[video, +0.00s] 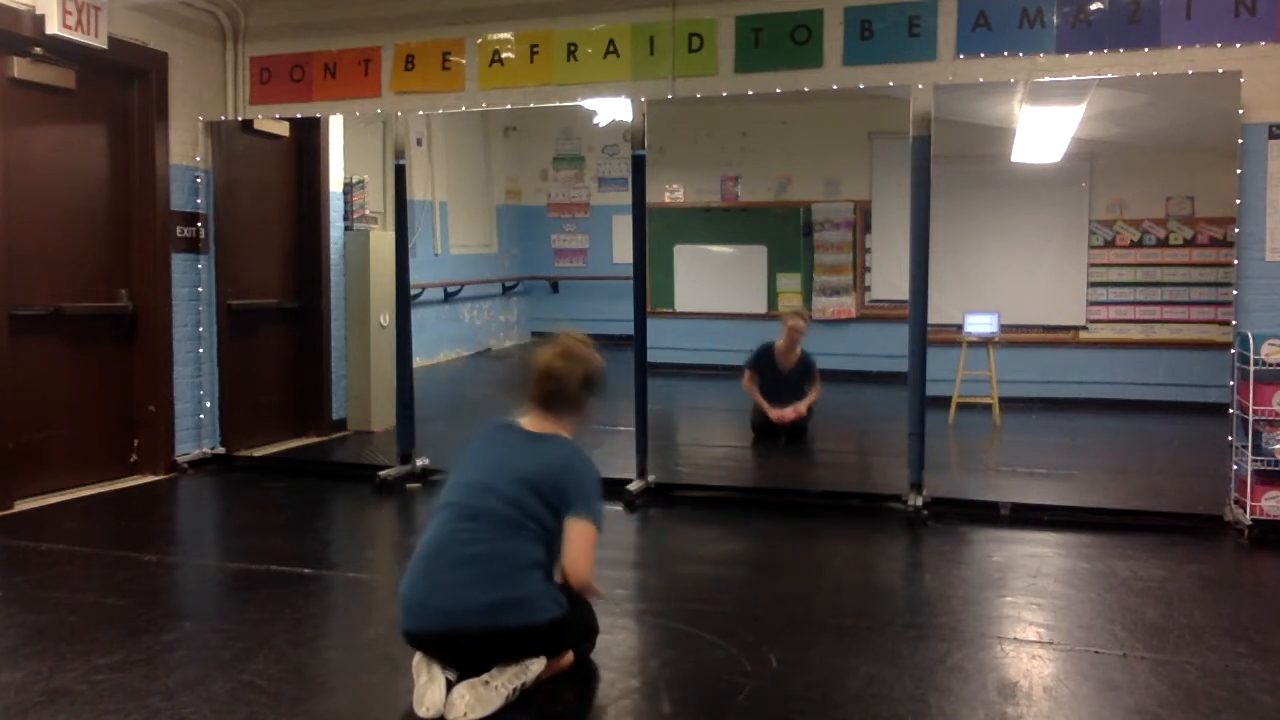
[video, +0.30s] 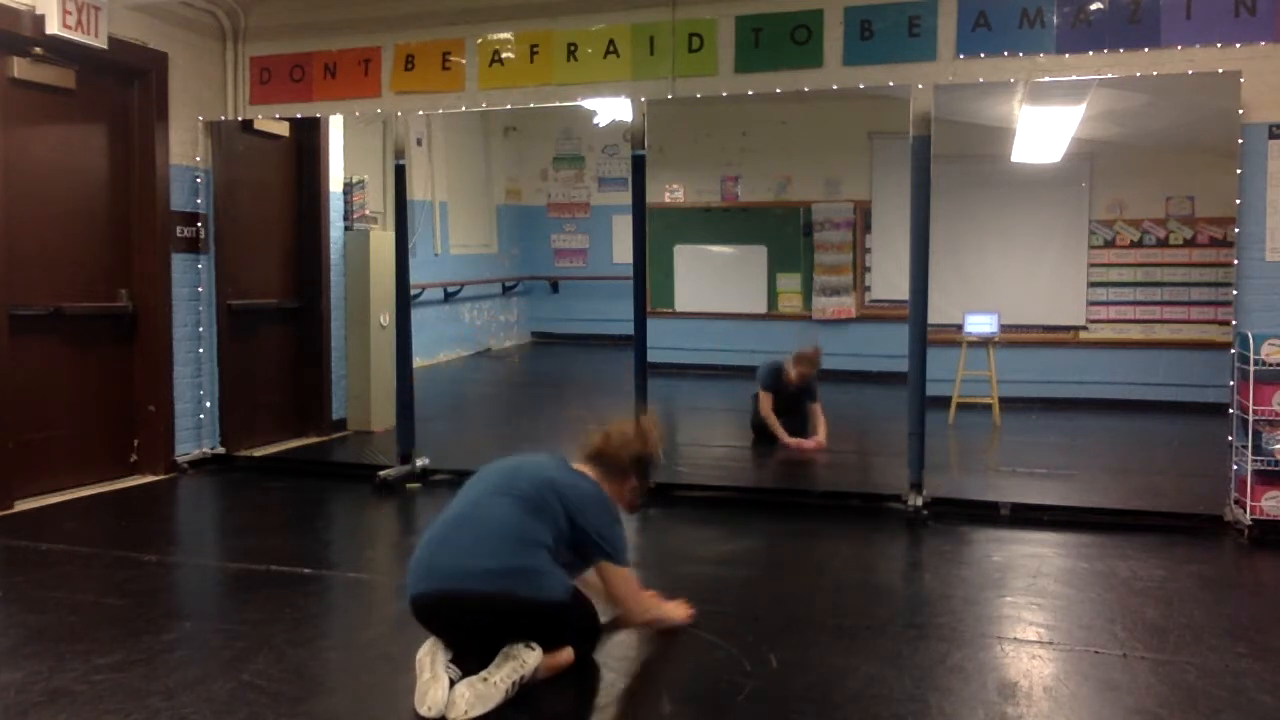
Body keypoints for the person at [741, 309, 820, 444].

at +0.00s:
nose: (793, 336)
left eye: (798, 332)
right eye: (791, 330)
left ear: (803, 335)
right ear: (784, 329)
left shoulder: (806, 361)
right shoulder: (765, 352)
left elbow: (815, 389)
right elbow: (748, 382)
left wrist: (800, 407)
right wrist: (769, 410)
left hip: (795, 419)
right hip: (766, 418)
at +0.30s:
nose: (801, 379)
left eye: (805, 376)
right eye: (800, 374)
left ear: (810, 374)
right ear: (792, 366)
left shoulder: (808, 380)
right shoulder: (770, 372)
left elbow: (817, 411)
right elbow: (765, 410)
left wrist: (820, 437)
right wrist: (786, 439)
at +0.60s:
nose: (799, 391)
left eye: (804, 388)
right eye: (798, 386)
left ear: (810, 384)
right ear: (790, 376)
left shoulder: (807, 383)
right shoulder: (769, 377)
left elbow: (814, 411)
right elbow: (784, 411)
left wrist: (823, 440)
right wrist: (802, 439)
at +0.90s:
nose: (790, 343)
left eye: (794, 338)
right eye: (786, 338)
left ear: (801, 338)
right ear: (778, 338)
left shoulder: (805, 359)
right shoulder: (767, 357)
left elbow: (816, 391)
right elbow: (762, 394)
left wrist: (810, 421)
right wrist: (783, 426)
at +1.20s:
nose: (775, 328)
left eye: (779, 323)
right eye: (771, 324)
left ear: (786, 327)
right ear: (766, 328)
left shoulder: (802, 354)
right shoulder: (758, 354)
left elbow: (815, 380)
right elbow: (750, 376)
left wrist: (795, 396)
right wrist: (765, 390)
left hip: (797, 402)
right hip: (770, 400)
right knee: (761, 430)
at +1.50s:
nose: (749, 347)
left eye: (751, 342)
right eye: (746, 344)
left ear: (762, 337)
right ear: (744, 344)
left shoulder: (786, 358)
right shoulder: (752, 365)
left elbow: (779, 397)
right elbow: (751, 400)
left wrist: (757, 427)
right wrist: (740, 427)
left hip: (799, 402)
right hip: (770, 403)